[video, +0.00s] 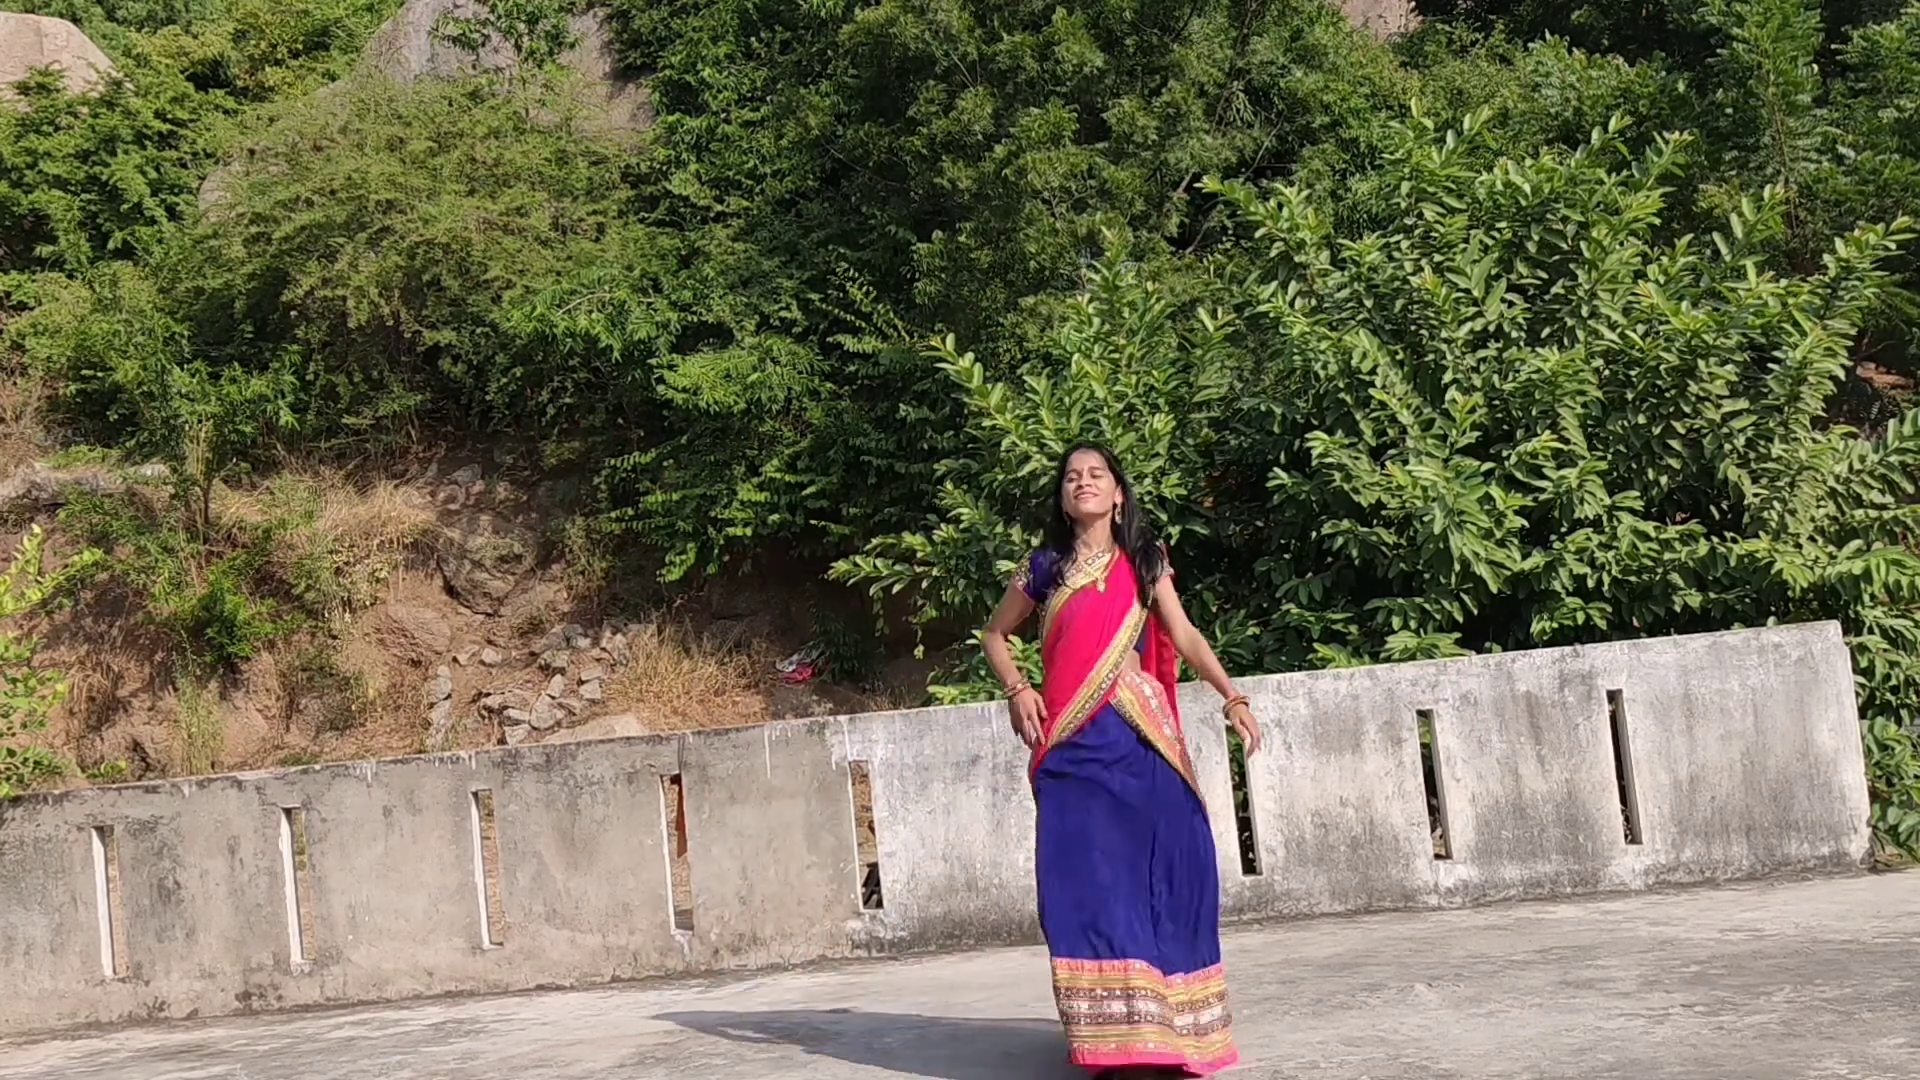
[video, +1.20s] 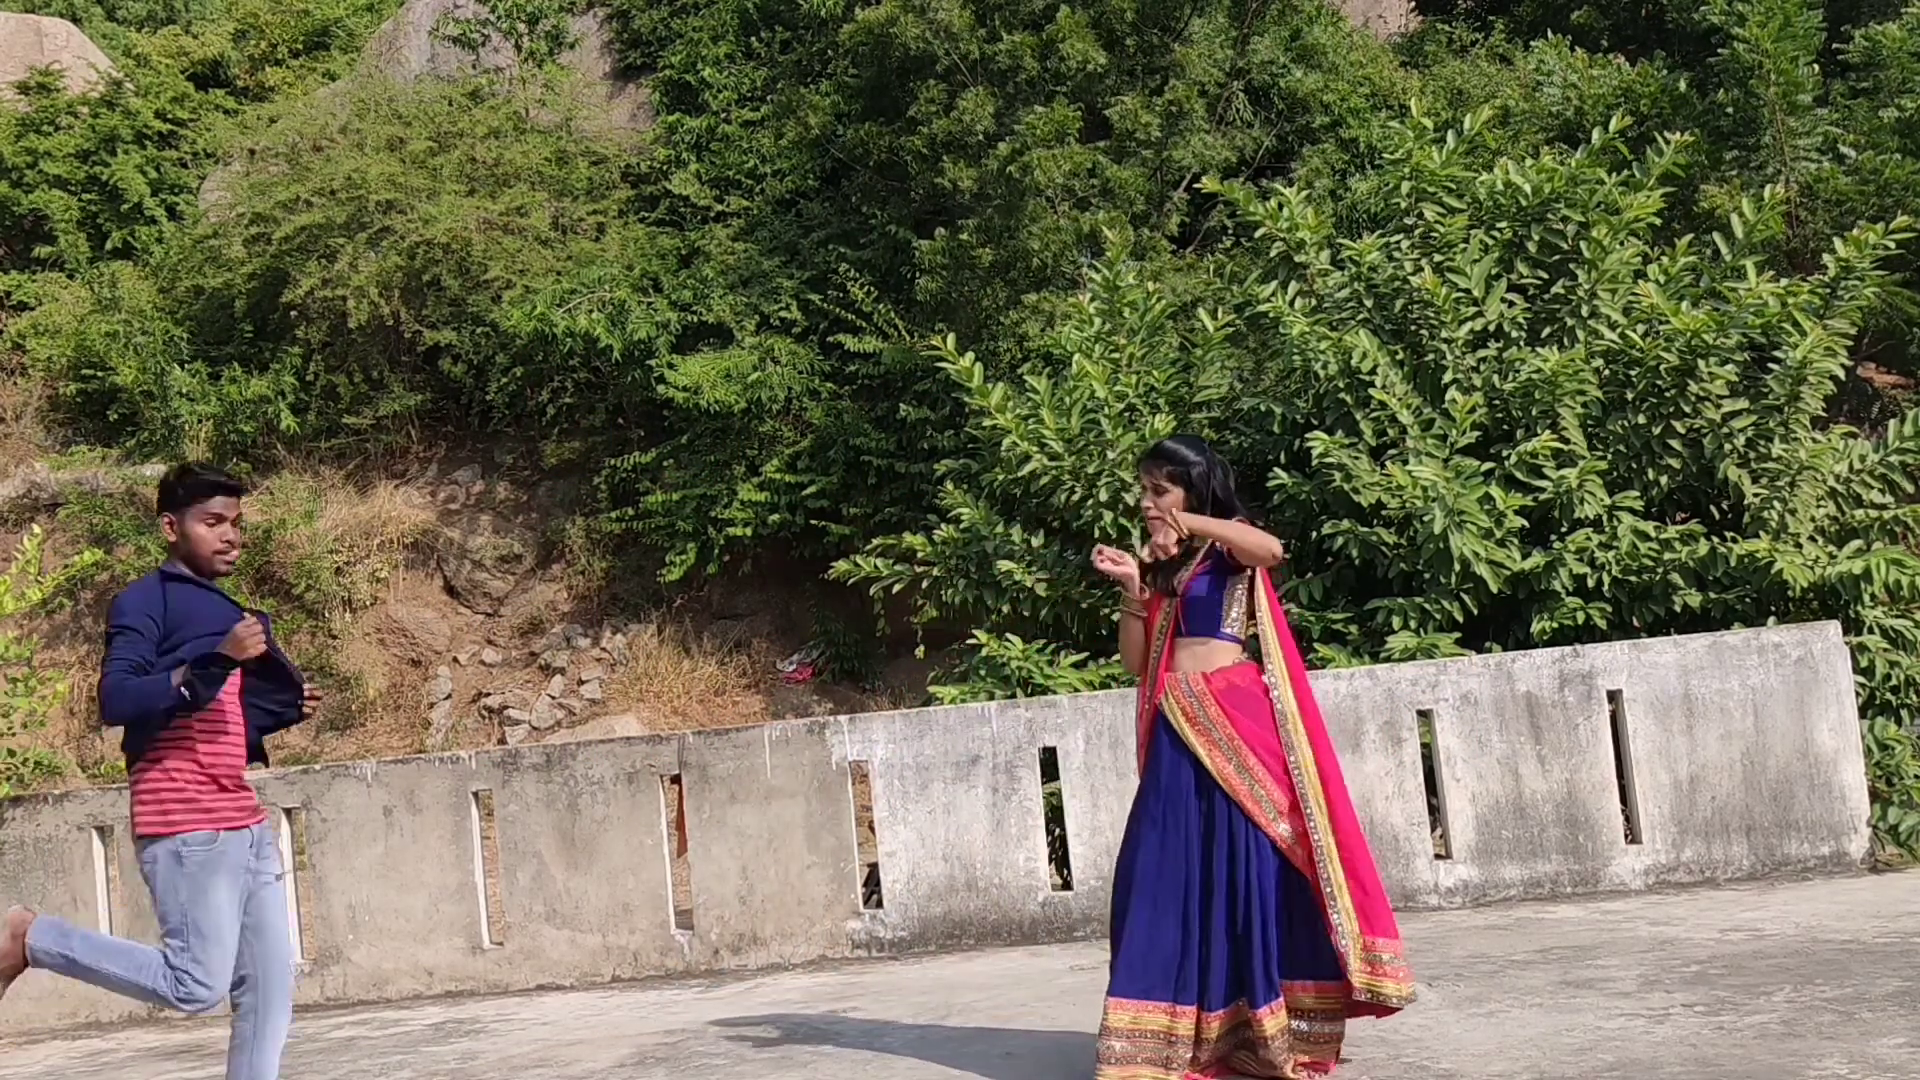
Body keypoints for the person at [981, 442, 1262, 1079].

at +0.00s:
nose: (1084, 483)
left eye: (1096, 475)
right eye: (1073, 477)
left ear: (1120, 493)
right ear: (1061, 497)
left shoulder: (1143, 560)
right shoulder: (1044, 567)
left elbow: (1185, 635)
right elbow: (994, 635)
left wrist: (1232, 697)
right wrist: (1016, 690)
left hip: (1143, 746)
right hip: (1071, 751)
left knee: (1161, 881)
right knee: (1088, 888)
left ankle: (1169, 1031)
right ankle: (1109, 1037)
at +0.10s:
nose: (1075, 481)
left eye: (1088, 472)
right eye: (1067, 475)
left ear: (1117, 489)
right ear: (1059, 495)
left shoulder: (1150, 551)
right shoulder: (1050, 564)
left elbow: (1188, 634)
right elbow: (975, 625)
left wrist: (1222, 709)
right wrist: (1018, 627)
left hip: (1143, 729)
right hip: (1077, 736)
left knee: (1148, 875)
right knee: (1095, 879)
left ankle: (1164, 1028)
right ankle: (1109, 1032)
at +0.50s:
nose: (1102, 504)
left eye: (1116, 493)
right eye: (1100, 493)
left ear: (1153, 497)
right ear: (1104, 502)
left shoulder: (1192, 538)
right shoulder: (1118, 579)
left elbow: (1192, 599)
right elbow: (1035, 636)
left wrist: (1157, 645)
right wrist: (970, 590)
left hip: (1186, 732)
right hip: (1127, 736)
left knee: (1203, 878)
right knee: (1125, 881)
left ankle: (1262, 1039)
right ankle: (1143, 1047)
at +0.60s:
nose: (1120, 506)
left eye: (1132, 493)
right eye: (1116, 495)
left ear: (1169, 491)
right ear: (1123, 501)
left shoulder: (1207, 528)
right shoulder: (1141, 568)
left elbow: (1172, 587)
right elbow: (1060, 618)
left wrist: (1090, 611)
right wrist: (962, 629)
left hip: (1209, 721)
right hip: (1151, 726)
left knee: (1225, 873)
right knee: (1143, 877)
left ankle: (1253, 1040)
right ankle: (1147, 1045)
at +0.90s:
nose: (1145, 512)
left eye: (1157, 498)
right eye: (1141, 500)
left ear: (1194, 494)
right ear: (1149, 503)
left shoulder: (1229, 526)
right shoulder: (1166, 571)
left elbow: (1154, 557)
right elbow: (1100, 637)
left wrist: (1064, 565)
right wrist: (1020, 609)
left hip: (1230, 722)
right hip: (1172, 728)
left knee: (1242, 877)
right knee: (1154, 880)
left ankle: (1270, 1045)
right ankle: (1154, 1050)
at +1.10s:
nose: (1149, 508)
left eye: (1161, 495)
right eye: (1145, 496)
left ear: (1199, 494)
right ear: (1149, 505)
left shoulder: (1235, 535)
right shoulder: (1170, 571)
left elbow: (1225, 534)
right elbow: (1142, 656)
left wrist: (1137, 526)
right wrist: (1109, 584)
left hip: (1237, 721)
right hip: (1175, 728)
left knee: (1248, 874)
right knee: (1164, 876)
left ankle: (1271, 1039)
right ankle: (1180, 1044)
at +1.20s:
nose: (1151, 503)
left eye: (1162, 491)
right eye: (1146, 492)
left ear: (1198, 492)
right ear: (1147, 501)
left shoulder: (1235, 554)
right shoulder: (1160, 578)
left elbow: (1270, 550)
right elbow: (1137, 666)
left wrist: (1190, 522)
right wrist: (1133, 587)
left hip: (1239, 727)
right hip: (1175, 731)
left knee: (1251, 875)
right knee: (1156, 876)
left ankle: (1267, 1042)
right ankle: (1172, 1044)